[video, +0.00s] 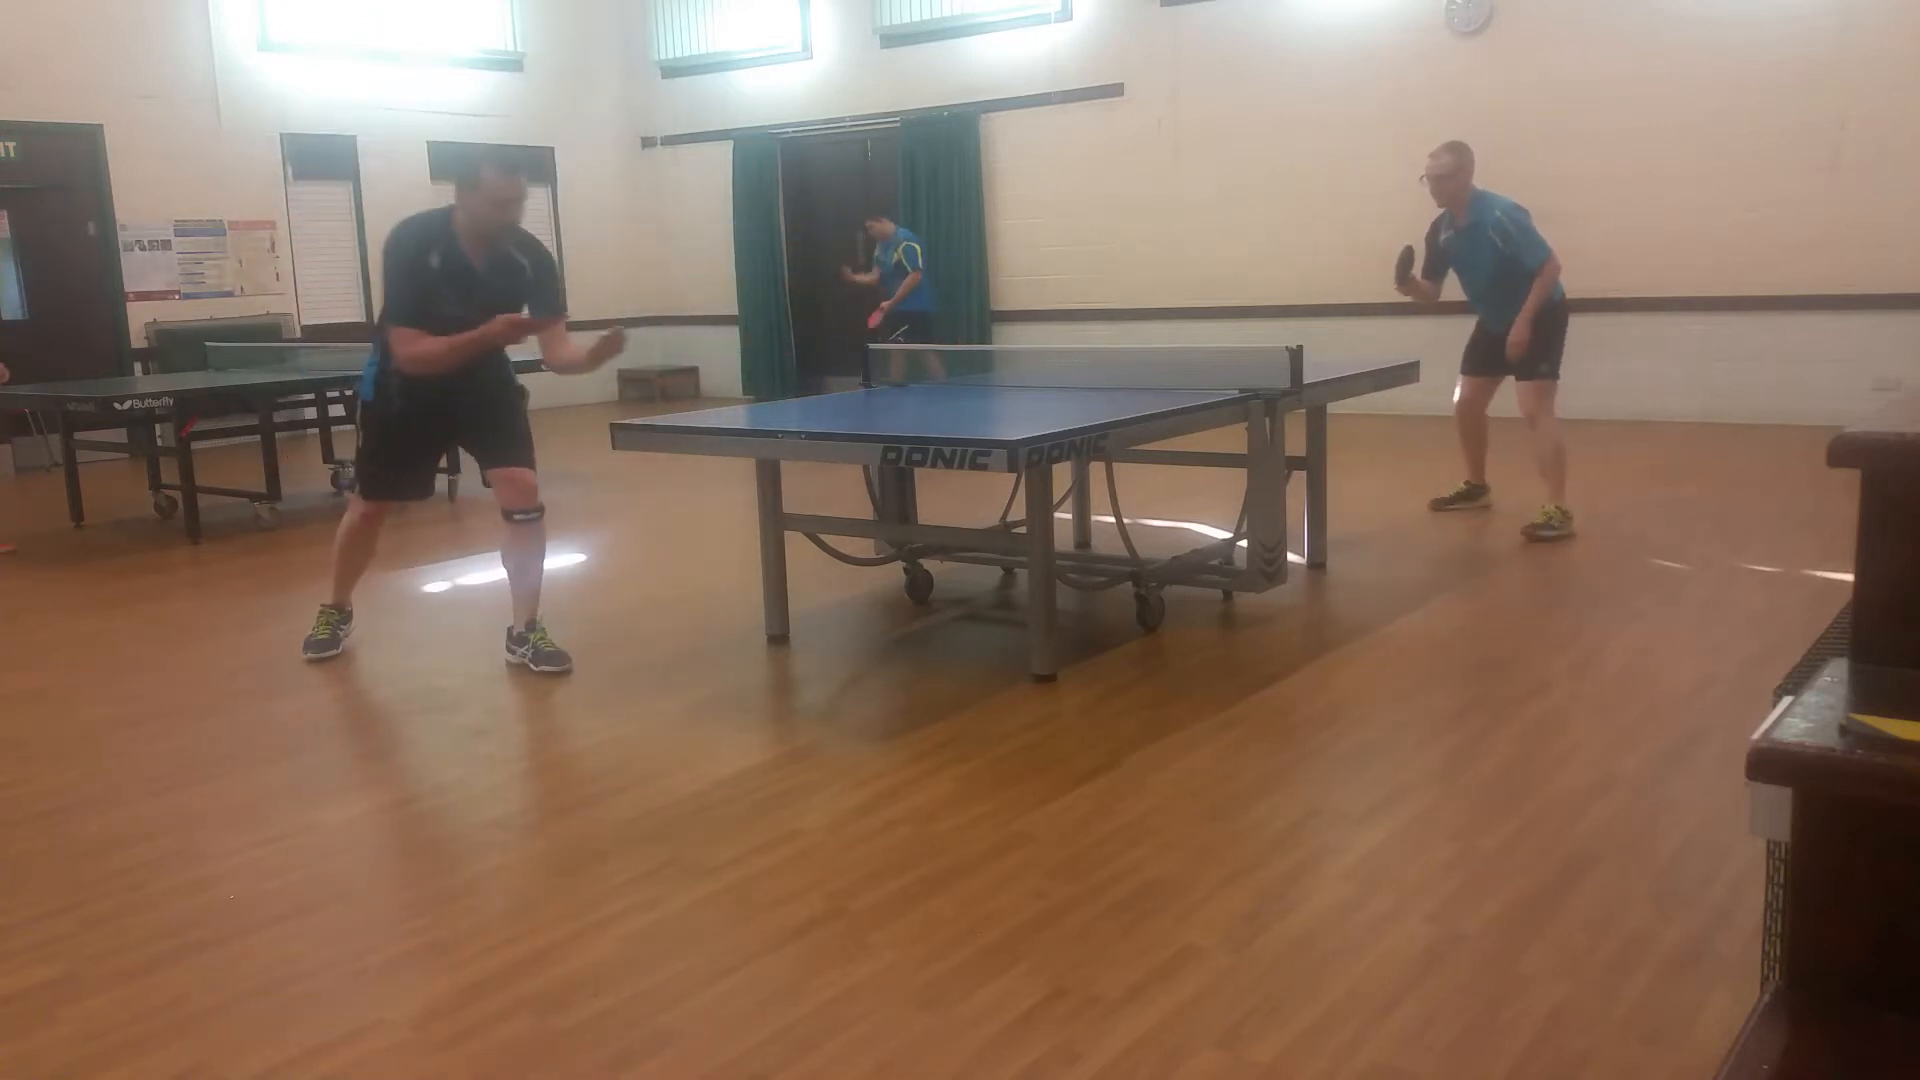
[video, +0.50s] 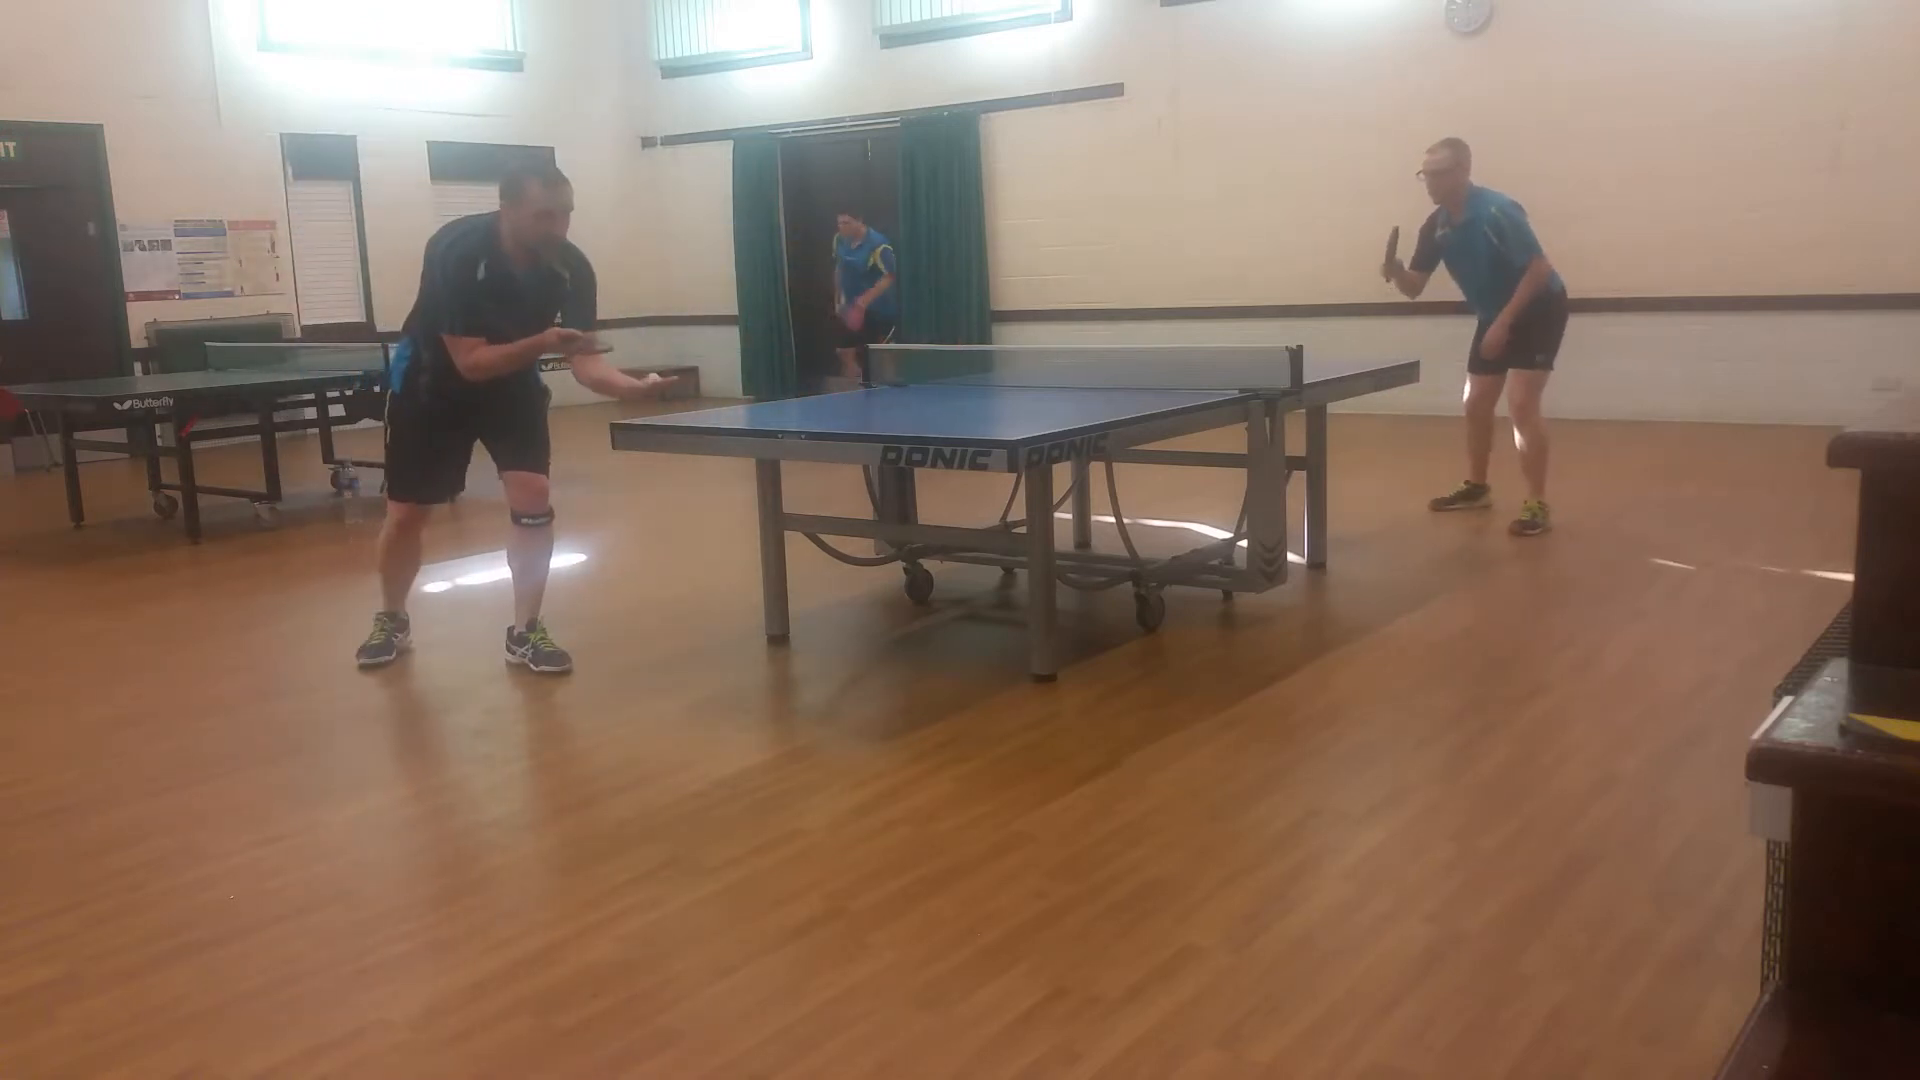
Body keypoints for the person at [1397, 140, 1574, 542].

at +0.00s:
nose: (1428, 184)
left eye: (1436, 177)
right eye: (1427, 177)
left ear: (1462, 176)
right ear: (1437, 179)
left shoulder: (1503, 215)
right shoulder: (1441, 229)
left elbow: (1550, 267)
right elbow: (1430, 293)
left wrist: (1523, 321)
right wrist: (1409, 285)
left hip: (1539, 314)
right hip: (1495, 318)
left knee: (1536, 409)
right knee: (1468, 404)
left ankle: (1558, 509)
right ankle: (1476, 485)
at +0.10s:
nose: (1423, 185)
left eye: (1430, 178)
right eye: (1421, 178)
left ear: (1456, 176)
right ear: (1428, 180)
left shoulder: (1497, 215)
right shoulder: (1433, 229)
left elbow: (1542, 268)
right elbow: (1419, 292)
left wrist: (1516, 320)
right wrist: (1401, 282)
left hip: (1533, 312)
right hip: (1488, 318)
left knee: (1534, 411)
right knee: (1462, 404)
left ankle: (1556, 505)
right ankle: (1475, 486)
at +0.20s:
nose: (1420, 184)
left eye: (1427, 176)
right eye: (1419, 176)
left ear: (1454, 175)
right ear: (1425, 178)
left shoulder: (1496, 212)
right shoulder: (1429, 228)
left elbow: (1536, 266)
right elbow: (1413, 288)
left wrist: (1505, 320)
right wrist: (1395, 278)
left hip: (1533, 309)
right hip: (1486, 315)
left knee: (1521, 403)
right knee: (1464, 402)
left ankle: (1541, 503)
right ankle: (1476, 486)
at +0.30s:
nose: (1420, 182)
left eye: (1428, 174)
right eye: (1419, 175)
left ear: (1455, 174)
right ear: (1425, 177)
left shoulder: (1496, 211)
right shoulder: (1431, 227)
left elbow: (1535, 266)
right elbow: (1411, 286)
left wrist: (1498, 322)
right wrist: (1392, 274)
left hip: (1533, 306)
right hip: (1487, 314)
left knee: (1518, 403)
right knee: (1467, 402)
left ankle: (1535, 503)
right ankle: (1476, 487)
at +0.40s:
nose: (1423, 181)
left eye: (1431, 173)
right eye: (1421, 174)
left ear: (1458, 173)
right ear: (1425, 176)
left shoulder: (1496, 210)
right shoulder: (1433, 227)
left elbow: (1537, 267)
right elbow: (1413, 286)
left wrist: (1498, 322)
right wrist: (1394, 271)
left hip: (1536, 305)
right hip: (1491, 313)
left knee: (1520, 401)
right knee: (1471, 403)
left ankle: (1536, 503)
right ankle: (1476, 486)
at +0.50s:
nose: (1425, 182)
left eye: (1433, 174)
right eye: (1424, 175)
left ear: (1461, 173)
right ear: (1428, 177)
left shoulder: (1499, 211)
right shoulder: (1435, 227)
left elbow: (1539, 269)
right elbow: (1414, 286)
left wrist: (1502, 324)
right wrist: (1396, 272)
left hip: (1539, 305)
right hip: (1495, 311)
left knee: (1522, 404)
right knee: (1476, 402)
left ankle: (1536, 504)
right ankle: (1476, 486)